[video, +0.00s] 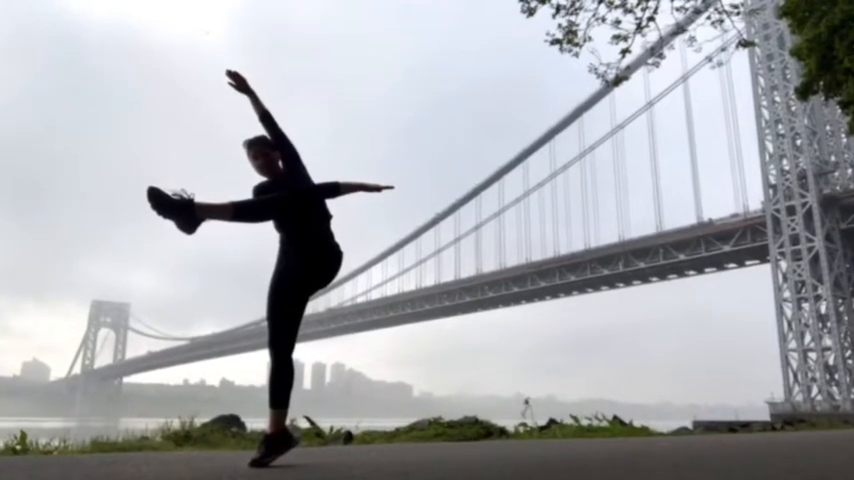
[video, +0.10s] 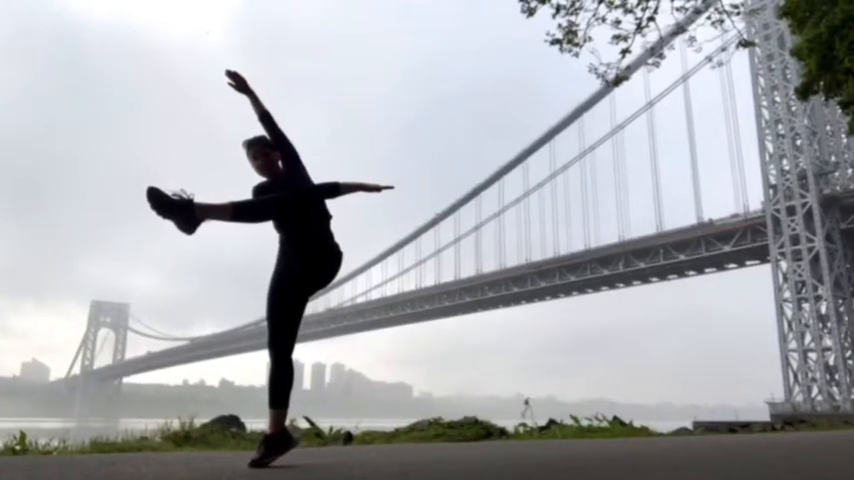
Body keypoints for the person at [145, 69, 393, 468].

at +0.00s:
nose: (257, 162)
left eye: (262, 155)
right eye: (253, 159)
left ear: (277, 153)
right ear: (252, 163)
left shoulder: (295, 173)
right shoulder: (264, 193)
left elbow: (276, 131)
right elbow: (319, 191)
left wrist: (251, 93)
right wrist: (362, 187)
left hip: (322, 257)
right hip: (292, 266)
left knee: (279, 204)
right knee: (280, 348)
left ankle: (197, 212)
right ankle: (277, 432)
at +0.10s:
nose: (257, 163)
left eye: (261, 156)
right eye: (252, 159)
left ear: (277, 154)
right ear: (252, 164)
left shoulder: (295, 173)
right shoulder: (263, 193)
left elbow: (276, 131)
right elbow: (318, 191)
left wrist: (250, 93)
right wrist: (361, 187)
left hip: (322, 257)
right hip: (291, 266)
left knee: (278, 204)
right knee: (280, 348)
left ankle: (196, 212)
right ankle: (277, 432)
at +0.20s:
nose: (257, 163)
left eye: (261, 156)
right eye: (252, 160)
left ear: (276, 154)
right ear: (252, 164)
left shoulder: (295, 174)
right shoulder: (263, 194)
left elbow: (275, 131)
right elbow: (319, 191)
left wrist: (250, 93)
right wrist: (362, 187)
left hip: (321, 257)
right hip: (291, 266)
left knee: (277, 204)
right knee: (280, 349)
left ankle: (196, 212)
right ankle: (277, 432)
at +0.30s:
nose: (256, 164)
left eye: (261, 157)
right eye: (252, 160)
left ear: (276, 154)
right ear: (252, 165)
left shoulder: (295, 174)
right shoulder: (263, 194)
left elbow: (275, 131)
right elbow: (318, 192)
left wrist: (249, 93)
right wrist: (361, 188)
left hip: (321, 258)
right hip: (290, 267)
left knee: (278, 205)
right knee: (280, 350)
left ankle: (195, 212)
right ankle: (276, 433)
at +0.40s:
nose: (256, 163)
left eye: (261, 156)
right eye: (252, 160)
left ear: (276, 154)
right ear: (251, 164)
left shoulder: (295, 174)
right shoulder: (263, 195)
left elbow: (275, 131)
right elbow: (317, 192)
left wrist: (249, 93)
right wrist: (360, 188)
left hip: (321, 258)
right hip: (290, 268)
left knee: (278, 205)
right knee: (279, 350)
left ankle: (195, 213)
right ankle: (276, 433)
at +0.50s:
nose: (256, 164)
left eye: (260, 156)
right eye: (251, 160)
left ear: (275, 154)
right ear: (251, 165)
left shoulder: (295, 174)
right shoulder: (263, 195)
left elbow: (274, 131)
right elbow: (317, 192)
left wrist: (249, 93)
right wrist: (360, 188)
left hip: (321, 258)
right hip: (290, 268)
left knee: (277, 205)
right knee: (279, 351)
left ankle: (195, 213)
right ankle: (276, 434)